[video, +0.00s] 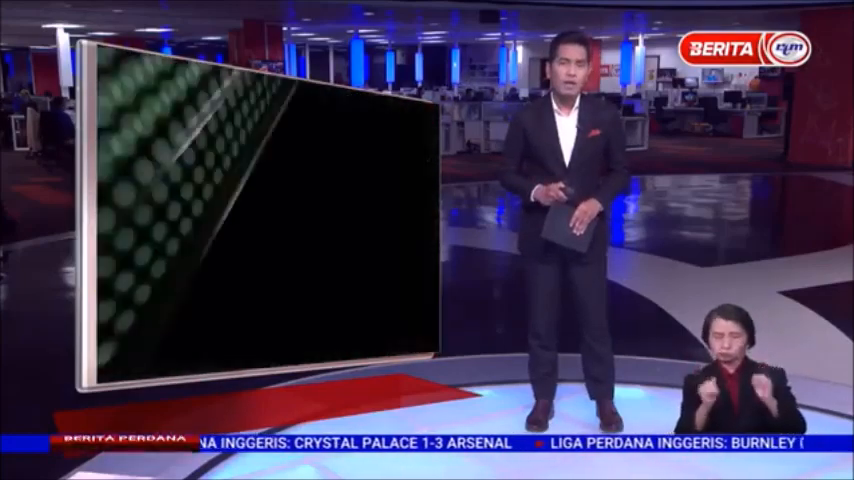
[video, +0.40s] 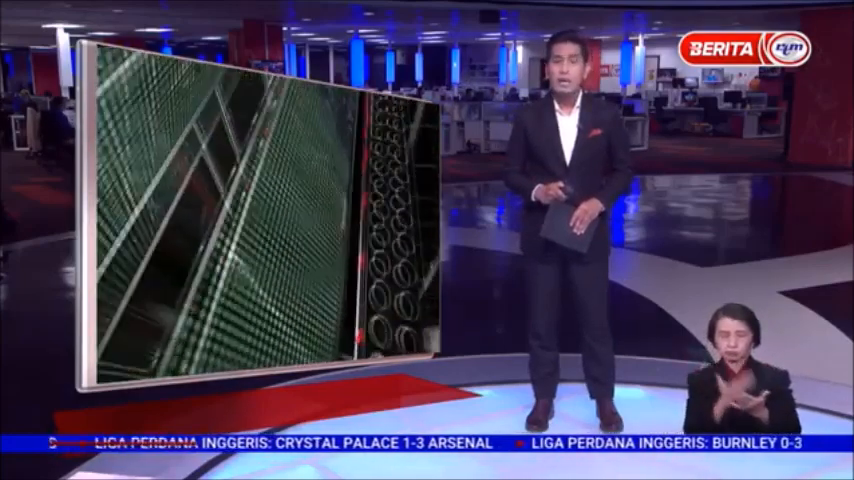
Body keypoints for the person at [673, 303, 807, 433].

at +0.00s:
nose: (726, 344)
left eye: (735, 336)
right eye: (718, 337)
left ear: (748, 340)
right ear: (708, 341)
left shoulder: (773, 377)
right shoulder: (696, 382)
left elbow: (798, 429)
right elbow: (682, 437)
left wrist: (769, 401)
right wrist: (704, 408)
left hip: (765, 463)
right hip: (713, 464)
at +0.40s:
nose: (732, 343)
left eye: (741, 335)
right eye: (724, 335)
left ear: (754, 339)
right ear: (714, 340)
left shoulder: (775, 379)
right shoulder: (701, 381)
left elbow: (792, 431)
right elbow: (692, 432)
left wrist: (759, 411)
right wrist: (722, 405)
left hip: (766, 461)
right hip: (715, 461)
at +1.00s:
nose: (737, 344)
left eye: (745, 336)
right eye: (729, 336)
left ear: (758, 340)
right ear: (719, 340)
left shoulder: (779, 379)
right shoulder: (702, 379)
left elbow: (801, 430)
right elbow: (680, 433)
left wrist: (772, 422)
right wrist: (701, 414)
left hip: (767, 465)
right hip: (712, 464)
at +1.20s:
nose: (736, 347)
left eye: (744, 338)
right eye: (728, 338)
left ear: (758, 341)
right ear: (718, 341)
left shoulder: (779, 380)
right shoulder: (704, 379)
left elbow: (795, 434)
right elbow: (683, 431)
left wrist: (774, 436)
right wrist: (703, 415)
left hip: (763, 464)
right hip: (712, 462)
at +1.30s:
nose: (735, 349)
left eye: (744, 340)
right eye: (728, 340)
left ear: (757, 342)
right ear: (718, 342)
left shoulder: (777, 380)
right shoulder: (704, 377)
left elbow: (792, 432)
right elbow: (685, 425)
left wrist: (770, 428)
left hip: (762, 462)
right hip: (715, 460)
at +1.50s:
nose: (735, 350)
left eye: (743, 341)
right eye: (728, 341)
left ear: (757, 343)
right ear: (718, 343)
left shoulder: (777, 379)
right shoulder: (704, 377)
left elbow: (789, 430)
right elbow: (685, 421)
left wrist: (770, 421)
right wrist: (712, 386)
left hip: (762, 462)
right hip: (714, 460)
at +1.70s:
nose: (735, 349)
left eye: (744, 341)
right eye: (728, 341)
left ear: (757, 343)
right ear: (718, 343)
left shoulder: (777, 380)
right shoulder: (704, 378)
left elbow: (789, 434)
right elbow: (685, 427)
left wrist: (762, 428)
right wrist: (723, 422)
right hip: (714, 462)